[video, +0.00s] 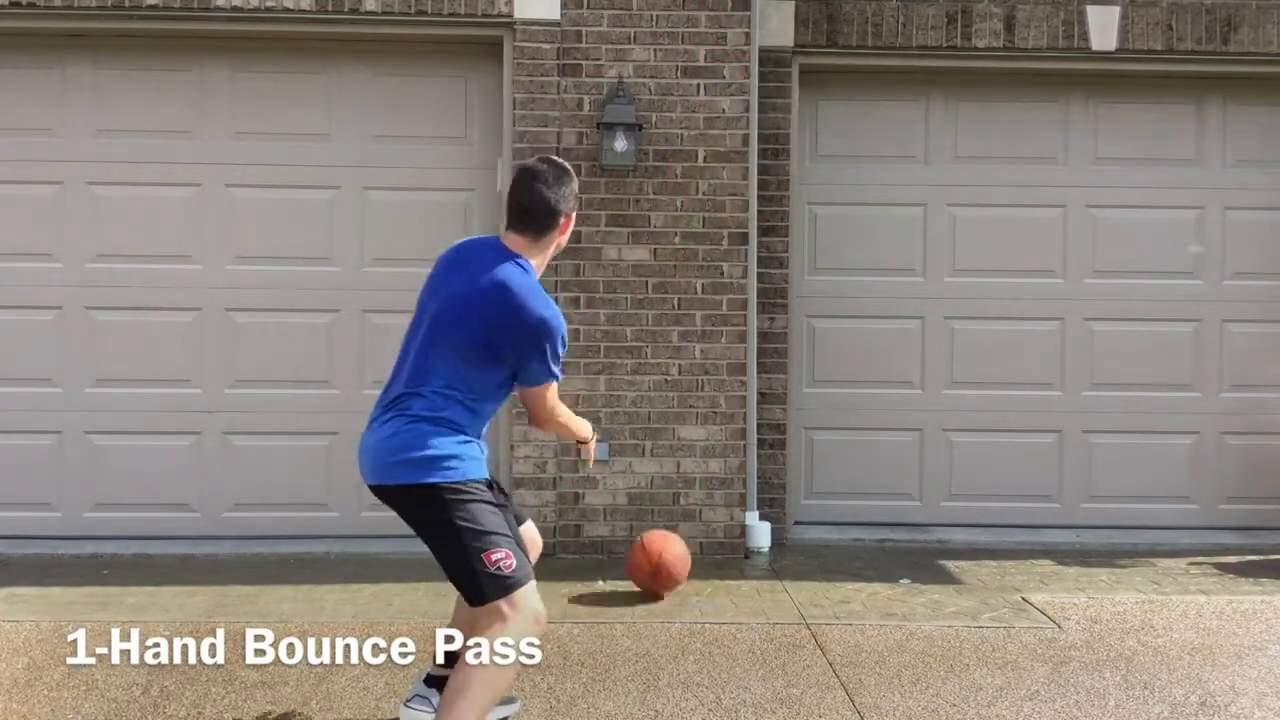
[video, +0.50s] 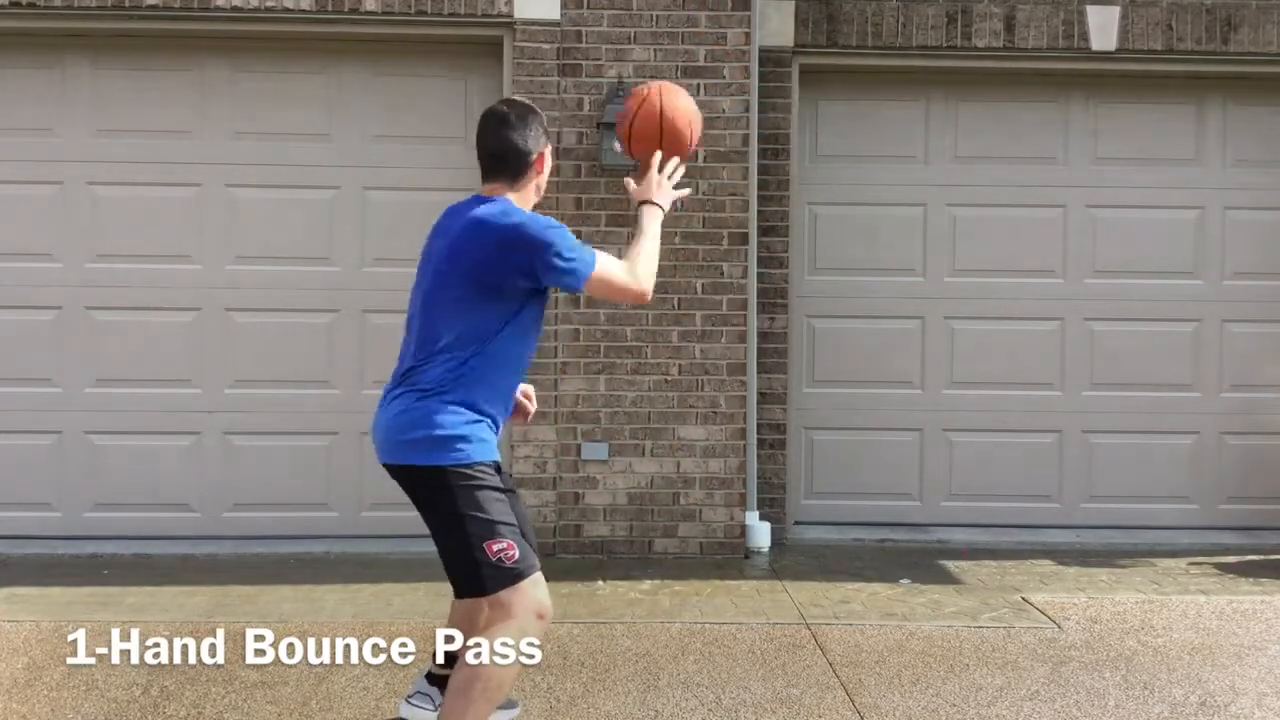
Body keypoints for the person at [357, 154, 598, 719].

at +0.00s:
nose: (572, 224)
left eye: (569, 214)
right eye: (573, 216)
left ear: (508, 210)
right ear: (565, 227)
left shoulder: (460, 256)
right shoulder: (535, 313)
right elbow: (543, 412)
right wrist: (583, 430)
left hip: (389, 444)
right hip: (433, 456)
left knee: (525, 541)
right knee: (519, 620)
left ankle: (442, 683)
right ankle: (455, 708)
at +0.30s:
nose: (557, 192)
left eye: (554, 183)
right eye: (556, 184)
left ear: (489, 185)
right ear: (549, 193)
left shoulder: (450, 243)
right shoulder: (532, 270)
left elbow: (400, 341)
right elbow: (574, 392)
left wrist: (485, 395)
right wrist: (629, 389)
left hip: (395, 441)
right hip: (442, 449)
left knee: (518, 544)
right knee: (521, 614)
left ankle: (438, 687)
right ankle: (458, 711)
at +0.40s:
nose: (554, 178)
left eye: (552, 169)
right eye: (555, 169)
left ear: (485, 169)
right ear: (547, 175)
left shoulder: (448, 231)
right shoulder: (533, 252)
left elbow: (406, 330)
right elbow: (611, 346)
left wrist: (494, 384)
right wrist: (649, 295)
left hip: (400, 434)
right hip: (446, 442)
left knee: (483, 576)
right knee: (528, 612)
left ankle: (441, 688)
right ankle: (461, 712)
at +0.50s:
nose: (551, 163)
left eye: (546, 154)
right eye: (551, 154)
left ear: (484, 159)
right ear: (543, 162)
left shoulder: (457, 221)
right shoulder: (526, 232)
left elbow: (439, 334)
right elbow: (635, 284)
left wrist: (499, 384)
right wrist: (652, 208)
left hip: (413, 427)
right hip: (449, 435)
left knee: (488, 581)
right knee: (525, 610)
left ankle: (440, 688)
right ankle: (460, 711)